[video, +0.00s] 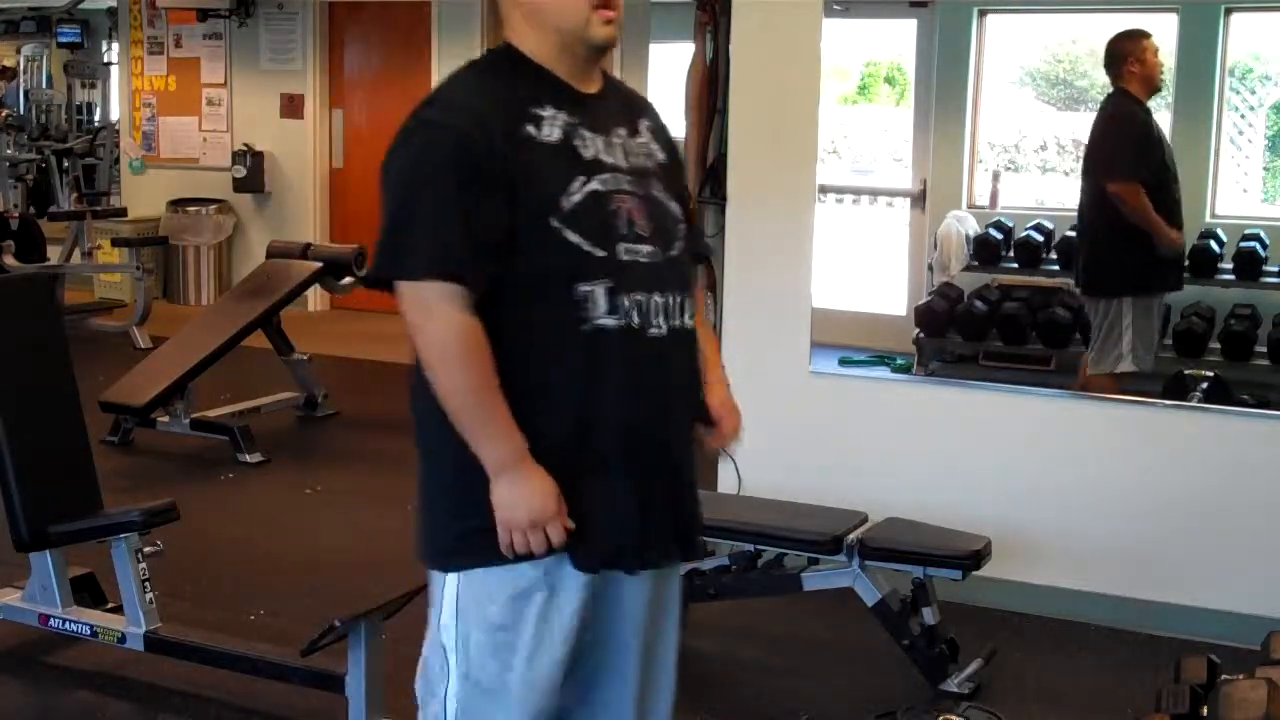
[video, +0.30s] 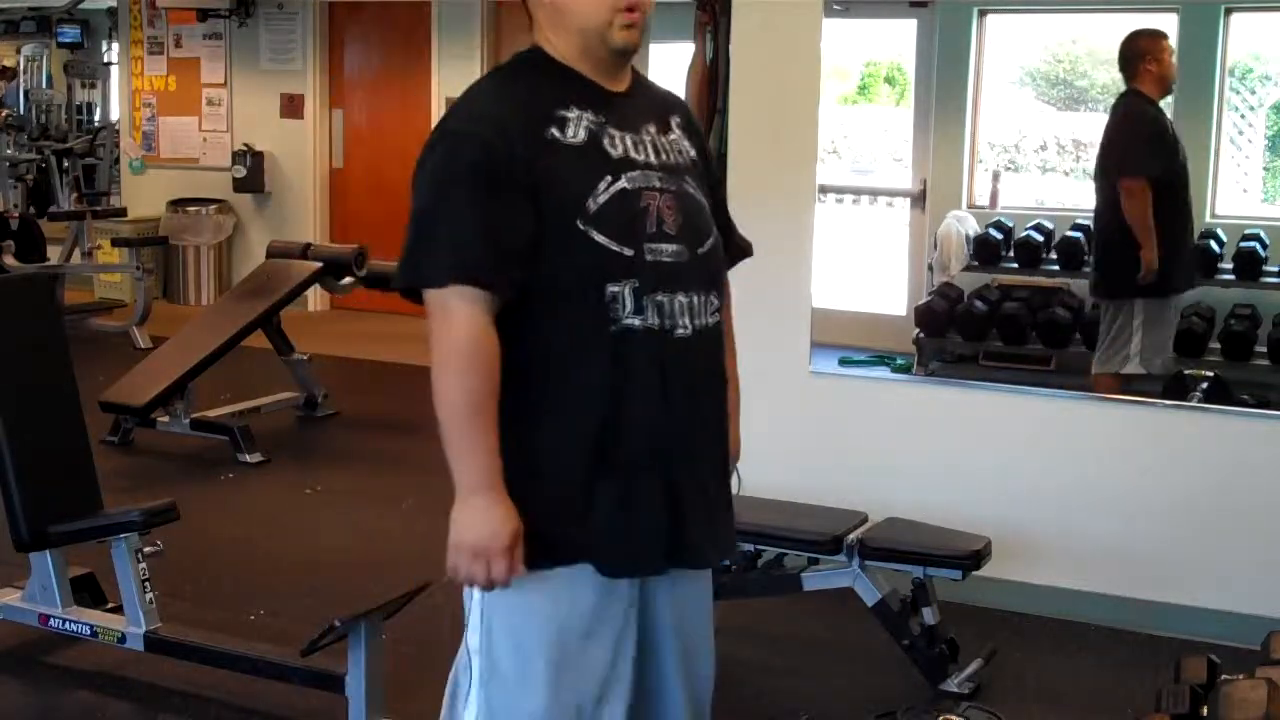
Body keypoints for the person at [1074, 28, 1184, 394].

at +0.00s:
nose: (1162, 64)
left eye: (1159, 56)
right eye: (1155, 56)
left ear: (1129, 66)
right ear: (1133, 65)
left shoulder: (1120, 109)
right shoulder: (1125, 113)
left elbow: (1116, 183)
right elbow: (1120, 184)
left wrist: (1162, 231)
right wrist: (1166, 233)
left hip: (1113, 263)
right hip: (1125, 267)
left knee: (1100, 363)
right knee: (1118, 371)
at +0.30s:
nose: (1176, 65)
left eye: (1174, 57)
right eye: (1171, 57)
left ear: (1144, 65)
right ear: (1150, 64)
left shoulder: (1140, 111)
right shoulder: (1137, 114)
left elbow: (1134, 186)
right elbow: (1132, 187)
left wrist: (1157, 247)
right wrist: (1149, 248)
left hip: (1142, 265)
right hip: (1134, 267)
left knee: (1127, 369)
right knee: (1115, 370)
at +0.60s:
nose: (1188, 72)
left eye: (1188, 65)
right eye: (1185, 64)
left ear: (1160, 68)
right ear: (1160, 67)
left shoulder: (1156, 116)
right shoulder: (1139, 117)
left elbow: (1154, 188)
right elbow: (1135, 189)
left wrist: (1177, 246)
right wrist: (1158, 249)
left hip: (1158, 264)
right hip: (1137, 265)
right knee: (1121, 366)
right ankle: (1104, 444)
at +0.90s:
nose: (1197, 81)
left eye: (1199, 73)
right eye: (1194, 72)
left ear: (1170, 71)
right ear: (1167, 69)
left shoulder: (1166, 118)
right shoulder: (1138, 116)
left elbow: (1167, 189)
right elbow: (1125, 190)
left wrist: (1185, 247)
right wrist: (1147, 248)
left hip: (1166, 263)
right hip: (1139, 266)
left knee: (1149, 364)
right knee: (1132, 364)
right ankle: (1106, 445)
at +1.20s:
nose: (1200, 78)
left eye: (1200, 69)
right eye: (1197, 68)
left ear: (1172, 68)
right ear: (1176, 68)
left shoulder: (1166, 116)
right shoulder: (1142, 113)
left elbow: (1166, 186)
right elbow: (1133, 186)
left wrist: (1181, 246)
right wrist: (1151, 247)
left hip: (1168, 261)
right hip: (1141, 263)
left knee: (1153, 365)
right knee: (1124, 365)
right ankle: (1116, 446)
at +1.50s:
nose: (1197, 78)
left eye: (1197, 69)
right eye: (1194, 68)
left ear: (1168, 69)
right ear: (1171, 68)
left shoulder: (1157, 115)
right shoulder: (1145, 115)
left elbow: (1150, 188)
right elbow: (1141, 188)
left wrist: (1174, 249)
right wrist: (1162, 250)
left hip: (1160, 262)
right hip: (1143, 262)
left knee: (1143, 365)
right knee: (1127, 364)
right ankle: (1117, 446)